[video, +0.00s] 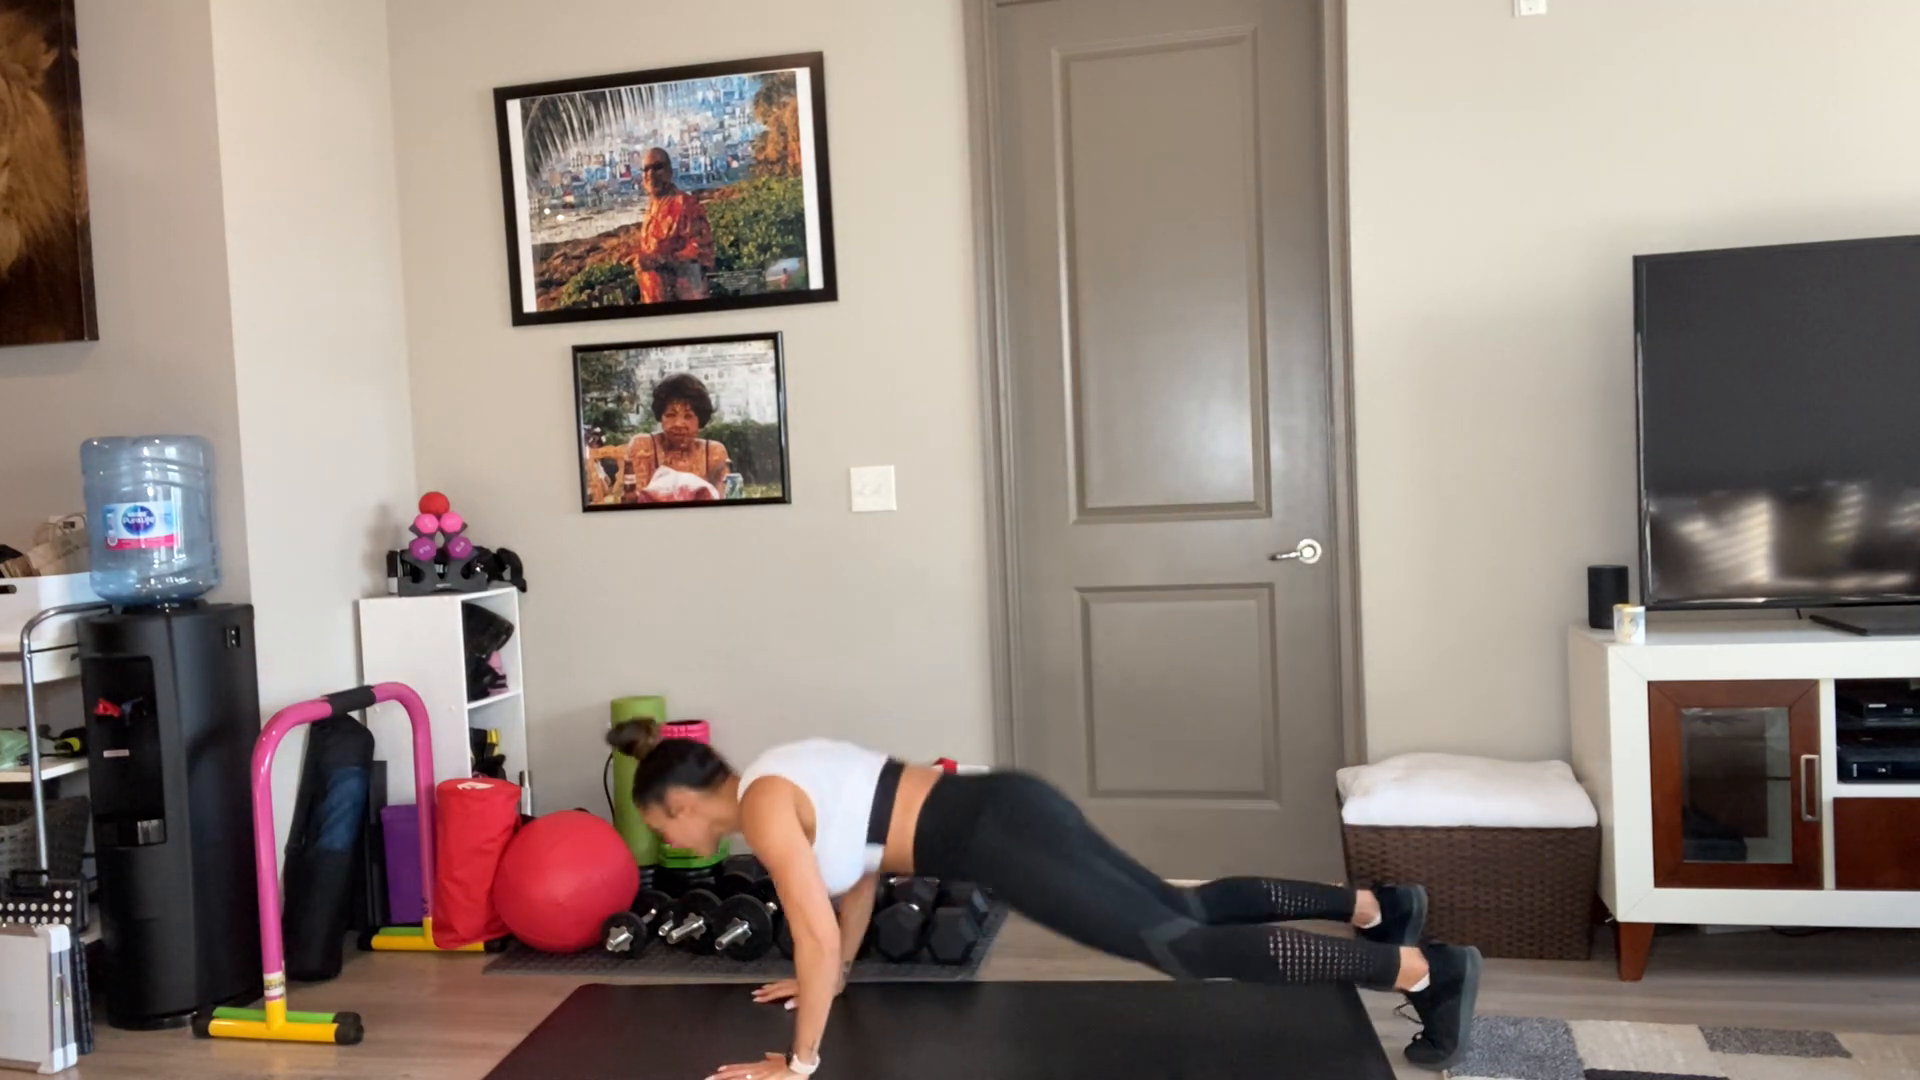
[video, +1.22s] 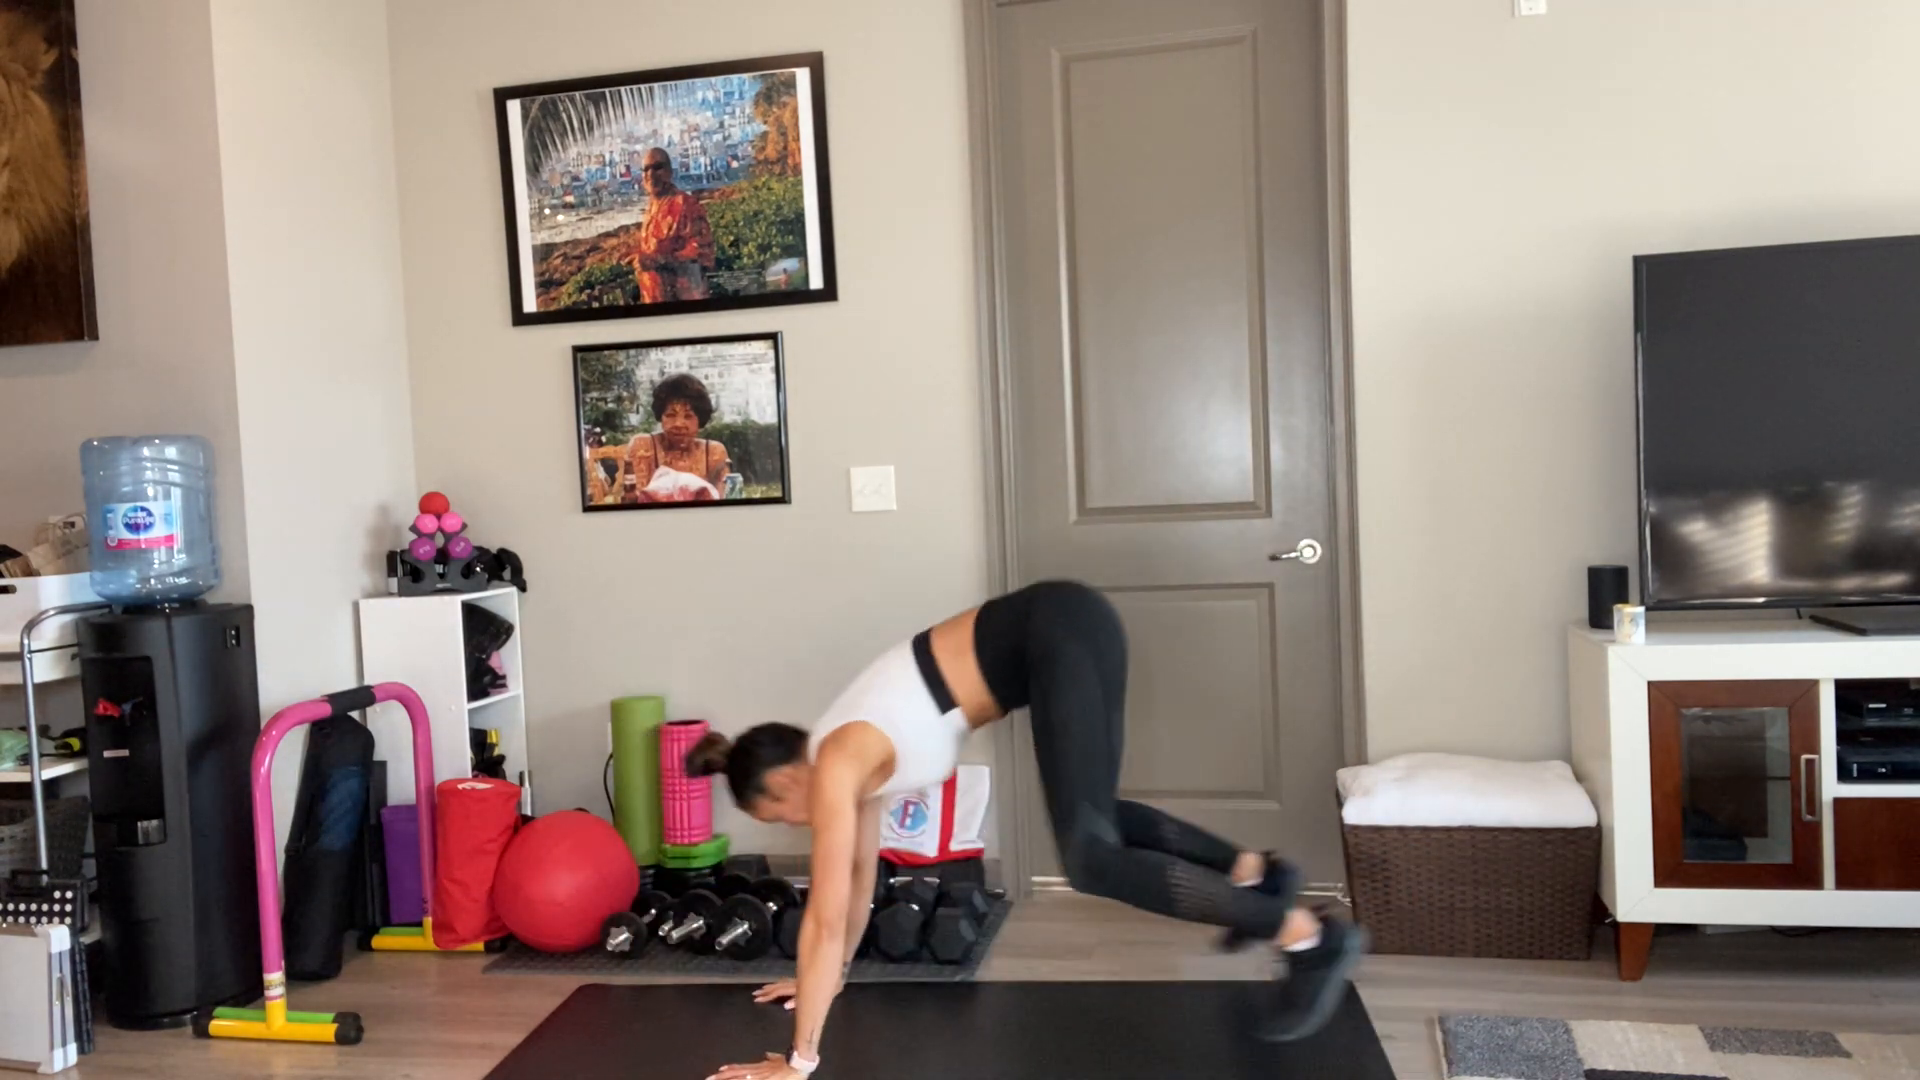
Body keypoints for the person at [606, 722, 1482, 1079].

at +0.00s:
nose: (679, 847)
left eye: (670, 834)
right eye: (666, 838)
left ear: (687, 801)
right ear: (698, 782)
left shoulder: (762, 813)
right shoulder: (786, 774)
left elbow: (823, 943)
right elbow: (845, 906)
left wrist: (804, 1050)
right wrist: (811, 982)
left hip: (984, 834)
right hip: (1001, 805)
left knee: (1173, 944)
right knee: (1173, 906)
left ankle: (1413, 967)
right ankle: (1361, 909)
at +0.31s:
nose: (639, 981)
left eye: (635, 967)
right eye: (632, 971)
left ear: (661, 943)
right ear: (676, 914)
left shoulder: (723, 952)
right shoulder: (756, 905)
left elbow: (822, 970)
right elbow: (869, 879)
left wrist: (798, 1059)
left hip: (953, 952)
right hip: (963, 905)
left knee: (1169, 1001)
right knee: (1173, 946)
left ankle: (1402, 972)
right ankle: (1355, 903)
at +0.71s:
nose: (650, 867)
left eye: (651, 853)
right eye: (647, 853)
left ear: (682, 841)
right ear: (698, 826)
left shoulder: (745, 884)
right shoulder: (762, 838)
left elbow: (827, 975)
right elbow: (837, 905)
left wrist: (800, 1063)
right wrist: (796, 971)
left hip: (960, 946)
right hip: (974, 899)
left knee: (1166, 1026)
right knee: (1170, 965)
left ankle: (1392, 968)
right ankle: (1347, 891)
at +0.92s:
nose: (689, 784)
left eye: (688, 766)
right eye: (684, 771)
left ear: (719, 745)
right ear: (733, 733)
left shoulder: (786, 790)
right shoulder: (813, 752)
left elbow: (812, 941)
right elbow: (850, 884)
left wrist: (800, 1059)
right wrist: (821, 969)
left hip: (993, 871)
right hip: (1005, 846)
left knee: (1168, 1001)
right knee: (1174, 959)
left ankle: (1394, 968)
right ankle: (1361, 909)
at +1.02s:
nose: (701, 787)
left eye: (694, 772)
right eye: (691, 776)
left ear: (715, 743)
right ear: (729, 729)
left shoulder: (789, 775)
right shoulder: (808, 737)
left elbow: (804, 914)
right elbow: (840, 877)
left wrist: (803, 1045)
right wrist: (819, 971)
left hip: (1020, 797)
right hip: (1027, 774)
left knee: (1186, 946)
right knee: (1189, 900)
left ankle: (1417, 971)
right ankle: (1378, 909)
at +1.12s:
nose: (719, 808)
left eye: (708, 793)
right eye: (707, 796)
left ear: (725, 768)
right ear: (741, 745)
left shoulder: (797, 768)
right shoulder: (813, 749)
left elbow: (807, 912)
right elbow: (839, 891)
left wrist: (803, 1050)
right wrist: (812, 977)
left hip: (1029, 696)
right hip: (1032, 695)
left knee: (1160, 887)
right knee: (1161, 853)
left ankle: (1385, 947)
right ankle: (1340, 880)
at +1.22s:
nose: (790, 822)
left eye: (778, 810)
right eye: (777, 815)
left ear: (788, 775)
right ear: (797, 757)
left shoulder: (842, 767)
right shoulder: (860, 756)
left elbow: (823, 914)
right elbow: (856, 891)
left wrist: (800, 1055)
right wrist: (825, 975)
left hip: (1057, 636)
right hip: (1060, 638)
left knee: (1092, 860)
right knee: (1094, 819)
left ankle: (1307, 931)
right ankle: (1255, 872)